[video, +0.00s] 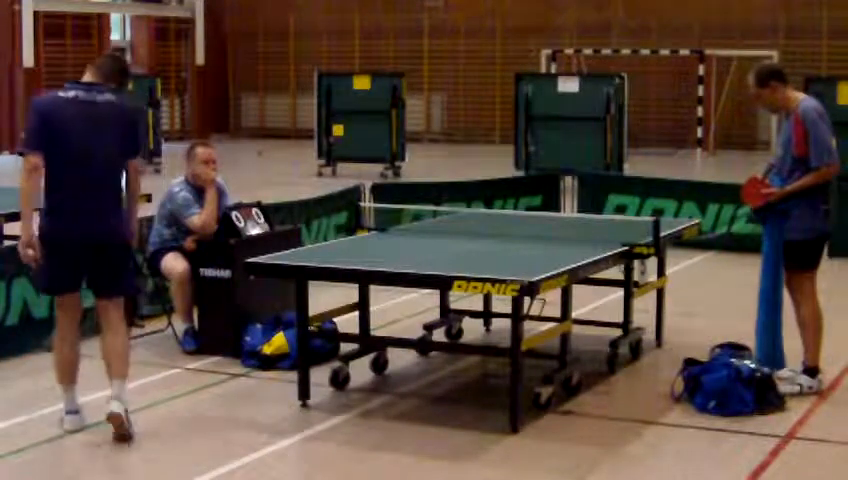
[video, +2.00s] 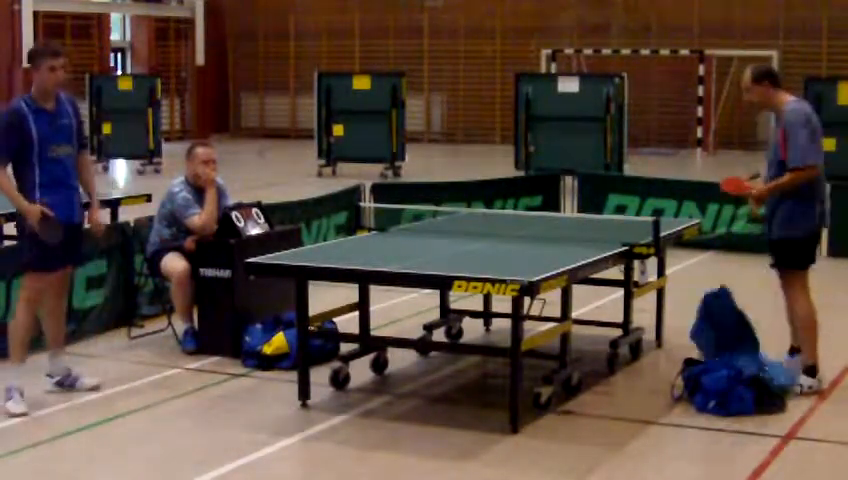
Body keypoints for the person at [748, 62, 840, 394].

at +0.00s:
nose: (761, 104)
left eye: (761, 97)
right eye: (758, 98)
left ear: (775, 88)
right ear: (775, 88)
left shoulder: (809, 111)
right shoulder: (790, 115)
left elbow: (829, 166)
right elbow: (783, 161)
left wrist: (781, 191)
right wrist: (765, 179)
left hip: (806, 220)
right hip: (791, 218)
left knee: (803, 290)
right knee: (797, 289)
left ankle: (811, 370)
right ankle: (808, 366)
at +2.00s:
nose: (746, 98)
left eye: (748, 91)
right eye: (745, 91)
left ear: (765, 86)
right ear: (766, 85)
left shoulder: (796, 115)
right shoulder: (783, 116)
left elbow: (806, 169)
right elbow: (785, 168)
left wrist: (765, 190)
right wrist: (758, 183)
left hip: (798, 220)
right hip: (785, 217)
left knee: (797, 289)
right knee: (790, 287)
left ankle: (811, 371)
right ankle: (796, 355)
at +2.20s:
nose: (747, 94)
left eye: (749, 87)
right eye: (746, 88)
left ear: (765, 84)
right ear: (770, 83)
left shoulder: (780, 116)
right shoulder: (804, 111)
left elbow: (775, 169)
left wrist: (747, 184)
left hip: (785, 216)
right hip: (802, 213)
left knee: (784, 284)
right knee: (781, 283)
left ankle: (802, 362)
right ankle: (791, 353)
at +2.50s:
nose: (747, 90)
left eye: (749, 83)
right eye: (747, 84)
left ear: (760, 81)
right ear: (776, 80)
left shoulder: (762, 112)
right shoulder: (806, 110)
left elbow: (753, 164)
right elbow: (814, 159)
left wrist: (736, 167)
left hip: (766, 210)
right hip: (800, 209)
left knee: (742, 267)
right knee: (788, 275)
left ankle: (763, 340)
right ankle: (790, 353)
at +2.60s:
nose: (745, 90)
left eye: (746, 85)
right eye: (746, 85)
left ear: (752, 84)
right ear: (773, 81)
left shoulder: (752, 113)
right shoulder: (799, 111)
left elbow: (744, 163)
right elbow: (811, 153)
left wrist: (730, 166)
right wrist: (790, 166)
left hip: (757, 210)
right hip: (792, 209)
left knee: (743, 270)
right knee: (786, 276)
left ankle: (742, 340)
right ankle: (790, 350)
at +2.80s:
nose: (731, 94)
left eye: (731, 90)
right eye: (731, 90)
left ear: (737, 87)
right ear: (759, 84)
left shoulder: (734, 116)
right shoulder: (788, 113)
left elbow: (727, 164)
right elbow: (802, 159)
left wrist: (715, 169)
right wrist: (779, 163)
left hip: (744, 209)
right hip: (778, 208)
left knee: (738, 274)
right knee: (775, 273)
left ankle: (735, 336)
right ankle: (789, 337)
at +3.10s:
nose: (711, 86)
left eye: (711, 82)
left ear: (716, 82)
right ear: (741, 79)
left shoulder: (706, 112)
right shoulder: (766, 107)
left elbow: (693, 157)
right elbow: (790, 146)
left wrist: (717, 145)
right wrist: (771, 169)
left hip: (725, 198)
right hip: (759, 197)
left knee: (730, 262)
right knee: (751, 255)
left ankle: (736, 334)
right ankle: (755, 317)